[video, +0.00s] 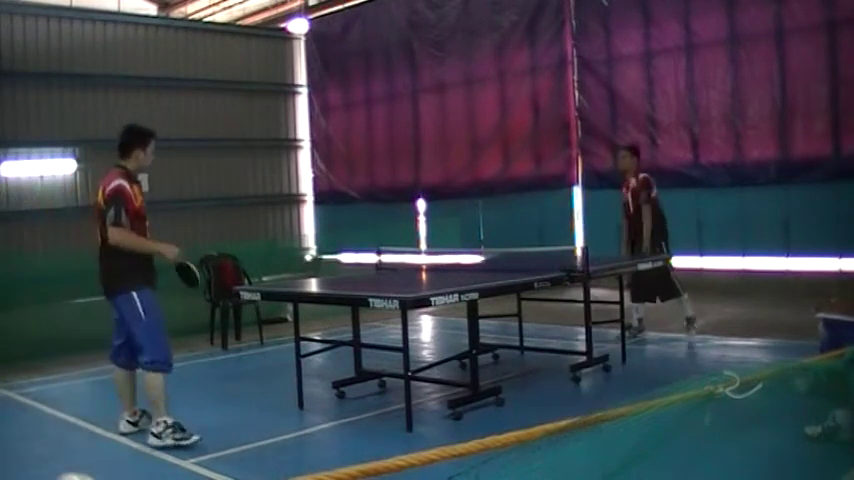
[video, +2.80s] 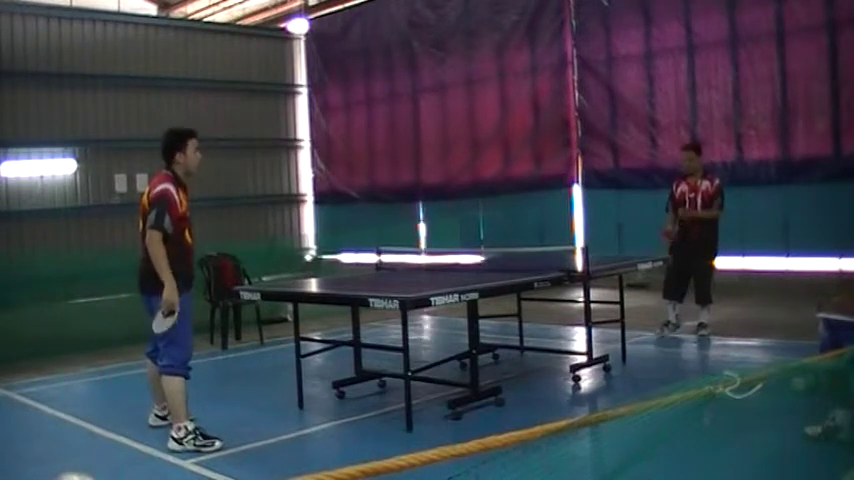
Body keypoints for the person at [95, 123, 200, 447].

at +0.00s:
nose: (152, 158)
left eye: (152, 152)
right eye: (150, 152)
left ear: (132, 151)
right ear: (137, 152)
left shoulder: (122, 182)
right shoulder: (119, 186)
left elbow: (127, 233)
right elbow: (115, 234)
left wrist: (158, 251)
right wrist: (160, 248)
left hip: (127, 280)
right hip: (129, 282)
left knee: (127, 349)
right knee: (154, 350)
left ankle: (130, 415)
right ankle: (162, 425)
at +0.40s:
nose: (193, 161)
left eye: (193, 155)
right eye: (192, 155)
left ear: (166, 154)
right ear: (179, 156)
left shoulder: (148, 182)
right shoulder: (164, 192)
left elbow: (127, 223)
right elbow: (162, 242)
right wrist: (204, 247)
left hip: (145, 283)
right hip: (162, 286)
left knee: (159, 344)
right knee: (186, 353)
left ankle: (140, 402)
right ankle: (183, 430)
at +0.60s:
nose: (211, 169)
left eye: (210, 162)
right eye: (208, 162)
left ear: (186, 161)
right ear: (196, 163)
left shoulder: (165, 184)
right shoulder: (180, 198)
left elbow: (137, 209)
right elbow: (176, 250)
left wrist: (148, 248)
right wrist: (206, 294)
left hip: (145, 283)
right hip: (162, 286)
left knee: (162, 347)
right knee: (187, 352)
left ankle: (159, 408)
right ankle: (183, 431)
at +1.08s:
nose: (231, 194)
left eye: (231, 188)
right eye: (229, 187)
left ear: (209, 185)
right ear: (216, 187)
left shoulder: (184, 201)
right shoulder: (192, 208)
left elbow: (158, 245)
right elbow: (167, 247)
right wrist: (171, 300)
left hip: (142, 284)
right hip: (150, 287)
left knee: (164, 350)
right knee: (175, 355)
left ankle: (162, 408)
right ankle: (182, 430)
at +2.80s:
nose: (199, 157)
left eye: (198, 151)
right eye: (195, 151)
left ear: (178, 156)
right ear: (179, 155)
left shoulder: (171, 185)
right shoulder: (166, 190)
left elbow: (161, 237)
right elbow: (153, 237)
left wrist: (177, 280)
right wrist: (169, 285)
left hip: (167, 285)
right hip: (170, 287)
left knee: (161, 350)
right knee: (175, 356)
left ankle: (162, 409)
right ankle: (182, 430)